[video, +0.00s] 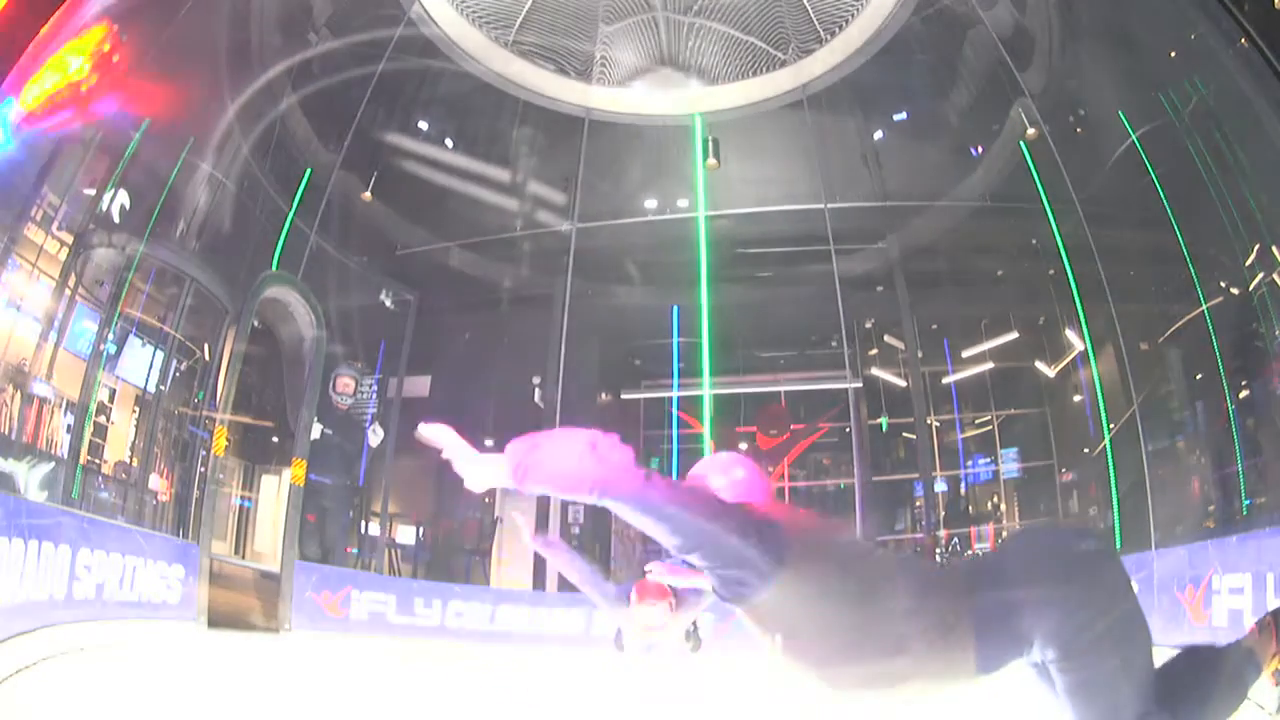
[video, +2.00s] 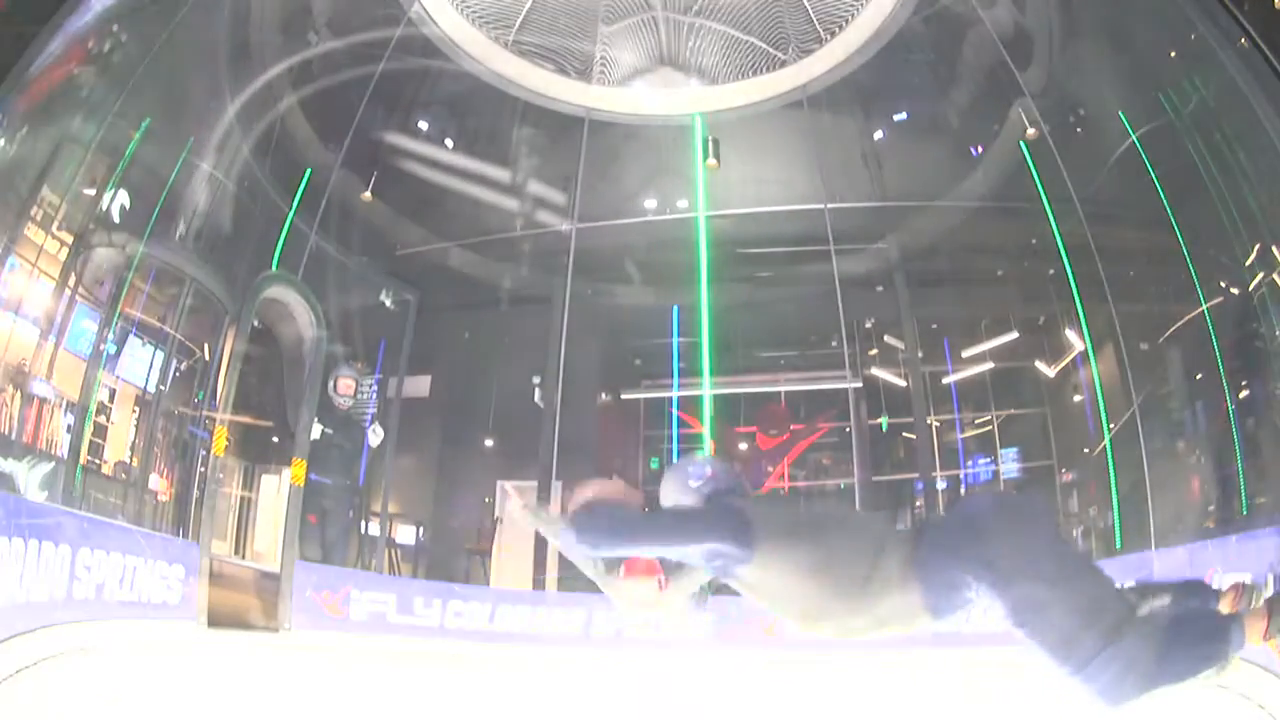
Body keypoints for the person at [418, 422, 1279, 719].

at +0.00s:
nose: (675, 563)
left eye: (681, 540)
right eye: (673, 551)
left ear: (717, 520)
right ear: (730, 516)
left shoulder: (767, 553)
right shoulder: (749, 589)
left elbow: (621, 483)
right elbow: (608, 591)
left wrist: (492, 464)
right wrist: (532, 530)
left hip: (1055, 590)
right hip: (1028, 599)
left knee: (1134, 711)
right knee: (1129, 701)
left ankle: (1261, 646)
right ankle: (1256, 645)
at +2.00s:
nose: (667, 541)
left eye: (670, 524)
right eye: (669, 525)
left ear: (697, 509)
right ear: (722, 493)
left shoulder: (734, 528)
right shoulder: (749, 531)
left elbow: (612, 541)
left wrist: (546, 517)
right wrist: (574, 518)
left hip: (978, 551)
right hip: (978, 546)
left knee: (1112, 671)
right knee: (1111, 633)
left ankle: (1235, 625)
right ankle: (1224, 606)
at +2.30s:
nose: (688, 519)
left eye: (688, 507)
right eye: (688, 507)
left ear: (715, 494)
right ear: (741, 474)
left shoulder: (759, 517)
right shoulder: (785, 519)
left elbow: (644, 528)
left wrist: (577, 518)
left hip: (1000, 542)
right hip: (993, 534)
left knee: (1115, 664)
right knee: (1111, 609)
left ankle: (1244, 621)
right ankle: (1228, 597)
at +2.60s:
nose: (683, 491)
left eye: (688, 479)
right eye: (687, 477)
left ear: (711, 480)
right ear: (736, 474)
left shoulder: (748, 523)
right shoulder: (752, 518)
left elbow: (636, 549)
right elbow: (648, 546)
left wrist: (520, 573)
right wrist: (553, 534)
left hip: (988, 542)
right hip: (973, 545)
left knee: (1116, 639)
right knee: (1110, 606)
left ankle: (1230, 614)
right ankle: (1221, 608)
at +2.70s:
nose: (676, 483)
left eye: (683, 472)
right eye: (679, 471)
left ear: (711, 473)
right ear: (730, 469)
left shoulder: (746, 517)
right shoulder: (747, 512)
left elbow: (628, 551)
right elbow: (642, 548)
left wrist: (501, 580)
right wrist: (539, 556)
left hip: (1014, 529)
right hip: (995, 534)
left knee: (1125, 648)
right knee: (1116, 614)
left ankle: (1236, 615)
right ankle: (1222, 601)